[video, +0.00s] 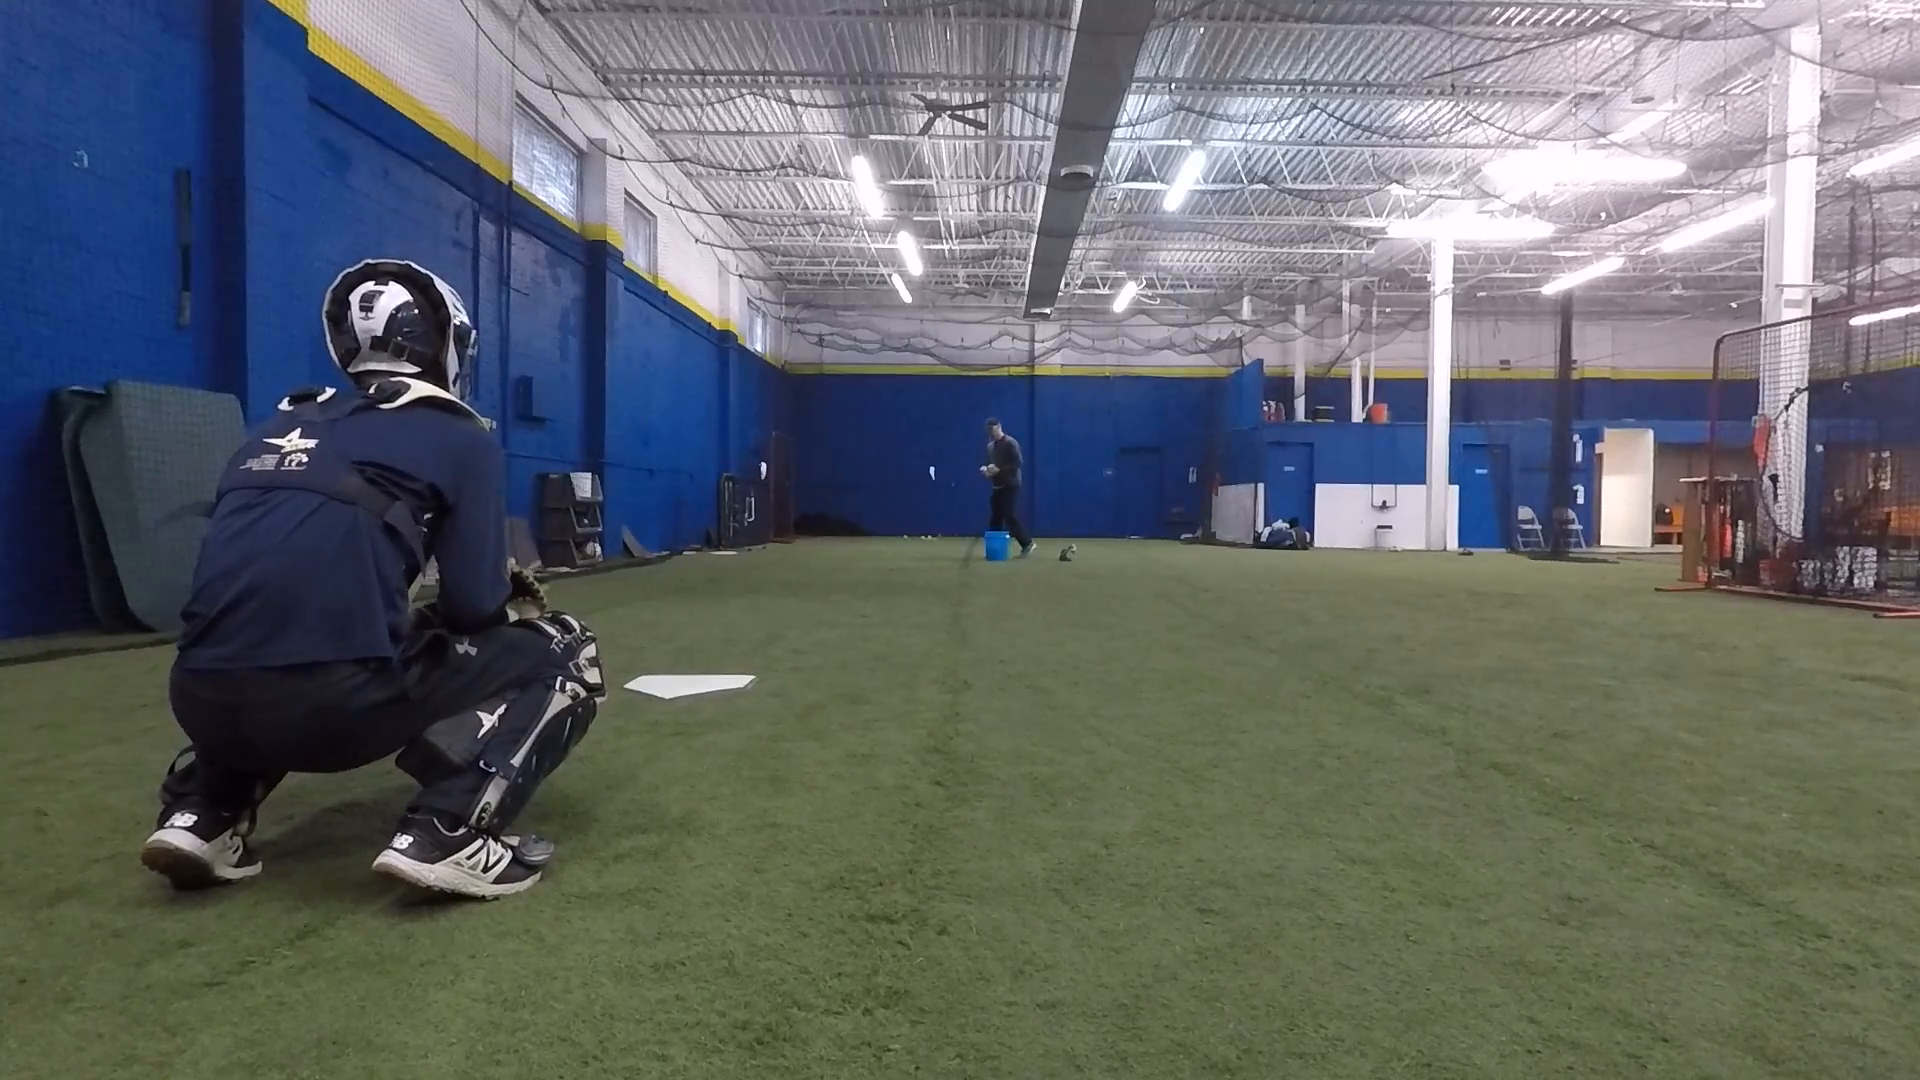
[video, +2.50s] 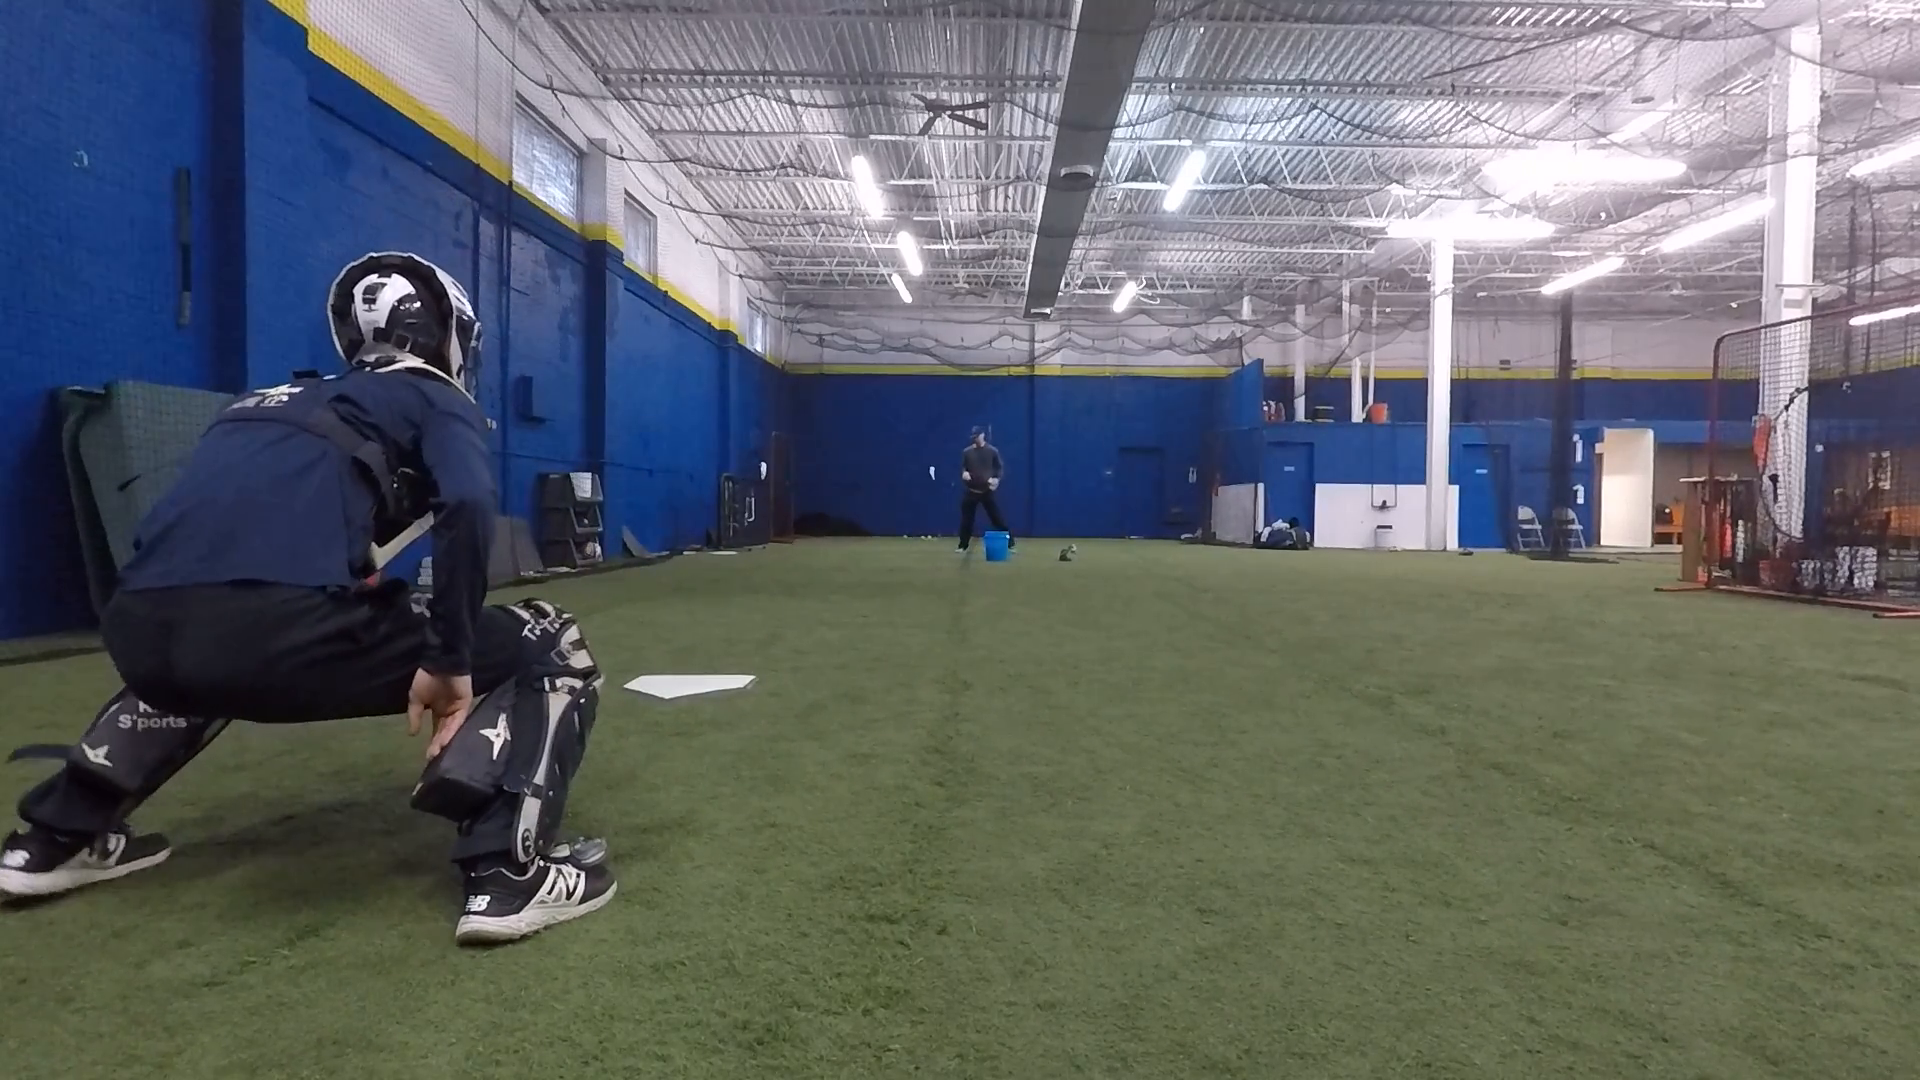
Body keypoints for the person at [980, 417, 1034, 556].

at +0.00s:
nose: (991, 433)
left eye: (993, 429)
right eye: (989, 430)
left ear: (999, 428)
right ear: (987, 431)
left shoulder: (1011, 443)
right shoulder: (990, 446)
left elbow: (1017, 463)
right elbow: (991, 462)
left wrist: (999, 469)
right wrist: (987, 469)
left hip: (1010, 486)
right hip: (997, 487)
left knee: (1008, 515)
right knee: (996, 516)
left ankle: (1027, 543)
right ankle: (994, 547)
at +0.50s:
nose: (1016, 429)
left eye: (1018, 426)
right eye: (1013, 426)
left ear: (1023, 428)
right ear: (1010, 429)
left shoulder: (1029, 446)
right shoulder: (1003, 446)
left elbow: (1036, 466)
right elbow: (999, 463)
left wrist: (1022, 475)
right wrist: (1002, 472)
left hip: (1022, 488)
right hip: (1006, 487)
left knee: (1022, 519)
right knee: (1002, 517)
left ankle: (1024, 548)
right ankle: (999, 547)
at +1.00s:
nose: (1012, 432)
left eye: (1014, 430)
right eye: (1010, 430)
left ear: (1019, 432)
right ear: (1007, 432)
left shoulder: (1026, 449)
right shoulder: (1000, 448)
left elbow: (1037, 466)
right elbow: (987, 461)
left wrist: (1032, 479)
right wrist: (984, 446)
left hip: (1021, 490)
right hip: (1005, 490)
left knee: (1022, 518)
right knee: (1006, 519)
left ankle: (1024, 546)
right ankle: (1008, 546)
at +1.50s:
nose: (1011, 435)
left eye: (1013, 432)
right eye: (1009, 432)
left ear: (1017, 432)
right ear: (1006, 433)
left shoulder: (1024, 448)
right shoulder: (999, 449)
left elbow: (1034, 467)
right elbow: (993, 463)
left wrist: (1028, 479)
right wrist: (996, 469)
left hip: (1018, 489)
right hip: (1003, 489)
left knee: (1017, 518)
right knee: (1005, 517)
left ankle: (1017, 544)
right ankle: (1007, 544)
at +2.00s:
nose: (1009, 438)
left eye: (1012, 436)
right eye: (1007, 436)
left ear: (1017, 435)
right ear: (1004, 436)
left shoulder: (1022, 451)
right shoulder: (997, 448)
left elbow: (1031, 469)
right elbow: (990, 463)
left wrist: (1024, 482)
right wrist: (995, 470)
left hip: (1011, 489)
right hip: (995, 488)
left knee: (1012, 518)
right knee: (988, 515)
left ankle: (1014, 545)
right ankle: (980, 542)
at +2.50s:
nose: (975, 438)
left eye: (977, 435)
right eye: (974, 436)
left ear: (983, 435)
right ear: (972, 437)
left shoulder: (993, 451)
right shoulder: (967, 452)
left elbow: (999, 467)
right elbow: (963, 466)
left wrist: (997, 478)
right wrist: (964, 473)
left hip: (987, 491)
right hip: (971, 491)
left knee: (996, 518)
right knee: (966, 520)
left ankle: (1009, 543)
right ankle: (963, 545)